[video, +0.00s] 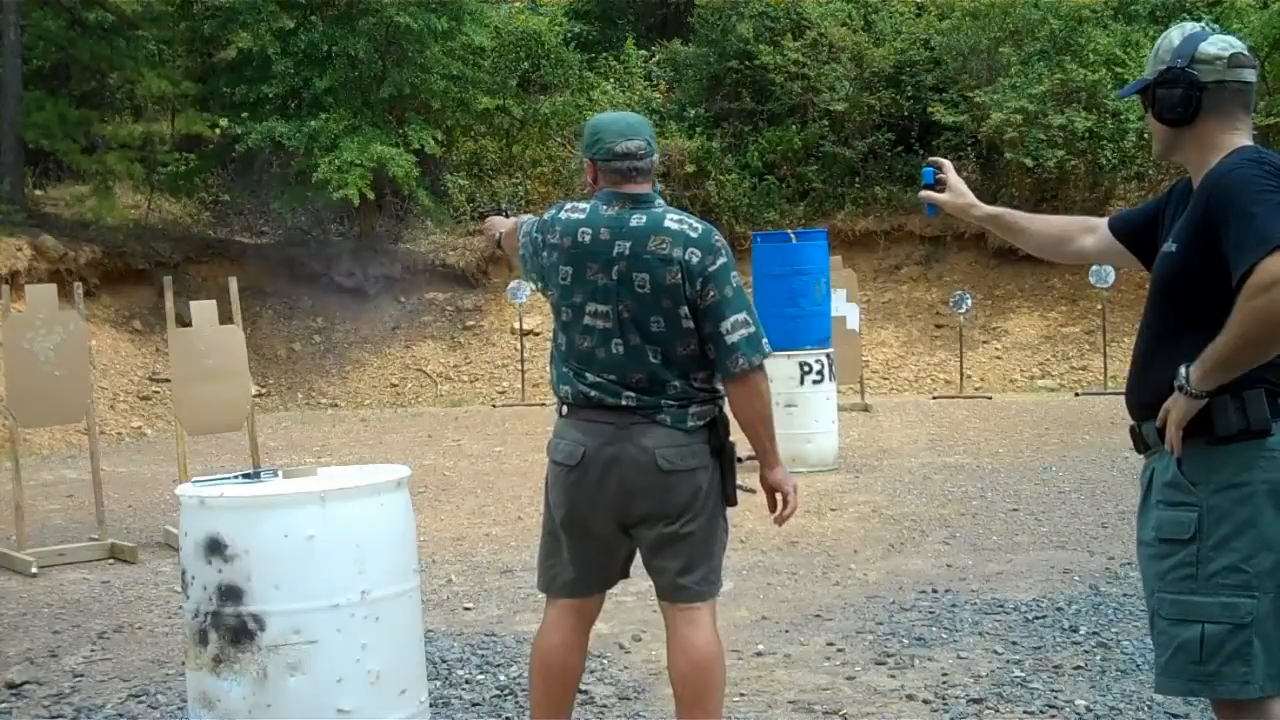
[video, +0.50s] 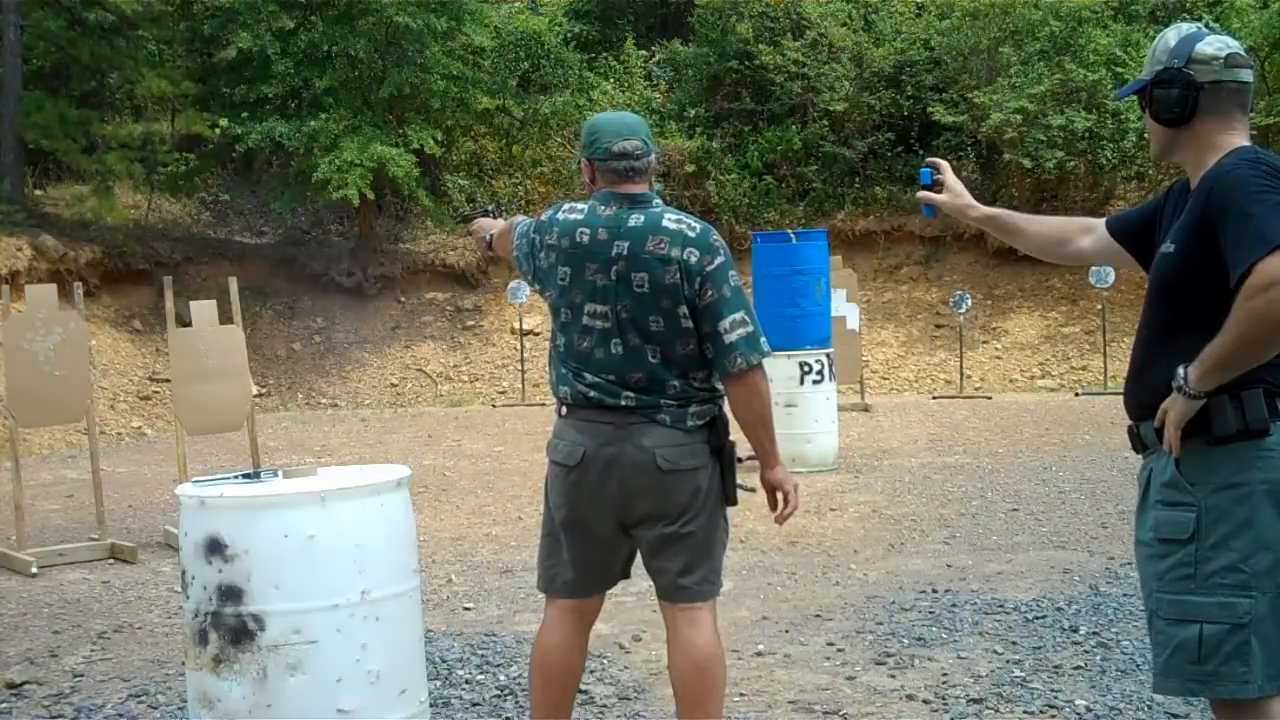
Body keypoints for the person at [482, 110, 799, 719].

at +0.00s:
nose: (582, 171)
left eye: (583, 164)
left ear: (590, 171)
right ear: (655, 168)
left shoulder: (559, 231)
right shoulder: (699, 241)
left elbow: (518, 241)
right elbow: (743, 366)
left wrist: (503, 228)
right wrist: (769, 462)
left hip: (583, 447)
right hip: (678, 451)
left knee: (567, 609)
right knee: (690, 611)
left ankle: (546, 716)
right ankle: (701, 716)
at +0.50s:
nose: (582, 171)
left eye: (583, 164)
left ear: (588, 171)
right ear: (653, 167)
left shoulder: (560, 230)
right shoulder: (698, 241)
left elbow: (507, 241)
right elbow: (740, 364)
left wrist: (490, 227)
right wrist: (770, 460)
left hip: (583, 446)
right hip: (678, 450)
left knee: (568, 609)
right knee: (691, 611)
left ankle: (548, 716)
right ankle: (702, 715)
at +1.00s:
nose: (582, 172)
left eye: (583, 164)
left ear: (591, 172)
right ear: (655, 167)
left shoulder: (557, 233)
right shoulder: (698, 242)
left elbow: (521, 238)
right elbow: (744, 366)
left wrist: (510, 225)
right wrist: (772, 461)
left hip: (584, 447)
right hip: (680, 451)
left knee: (568, 609)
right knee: (691, 610)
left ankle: (546, 717)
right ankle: (701, 716)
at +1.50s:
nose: (585, 172)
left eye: (586, 165)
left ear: (592, 170)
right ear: (658, 166)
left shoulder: (562, 233)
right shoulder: (697, 240)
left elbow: (527, 236)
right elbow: (747, 365)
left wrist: (533, 228)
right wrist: (778, 458)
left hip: (584, 447)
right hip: (682, 452)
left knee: (570, 608)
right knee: (693, 612)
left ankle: (547, 715)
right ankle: (703, 718)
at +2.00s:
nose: (583, 174)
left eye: (585, 167)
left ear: (590, 172)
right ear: (656, 167)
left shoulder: (562, 234)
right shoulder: (696, 240)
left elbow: (528, 235)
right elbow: (745, 365)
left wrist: (530, 229)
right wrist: (776, 456)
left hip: (584, 446)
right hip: (681, 450)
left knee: (569, 606)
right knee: (693, 611)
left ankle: (547, 715)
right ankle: (703, 719)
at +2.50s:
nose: (587, 173)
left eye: (589, 166)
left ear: (596, 171)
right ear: (662, 168)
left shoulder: (566, 233)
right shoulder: (700, 243)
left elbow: (540, 235)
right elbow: (747, 368)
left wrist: (544, 227)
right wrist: (777, 459)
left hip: (585, 445)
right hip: (683, 451)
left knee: (571, 606)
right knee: (693, 610)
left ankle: (548, 715)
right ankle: (703, 718)